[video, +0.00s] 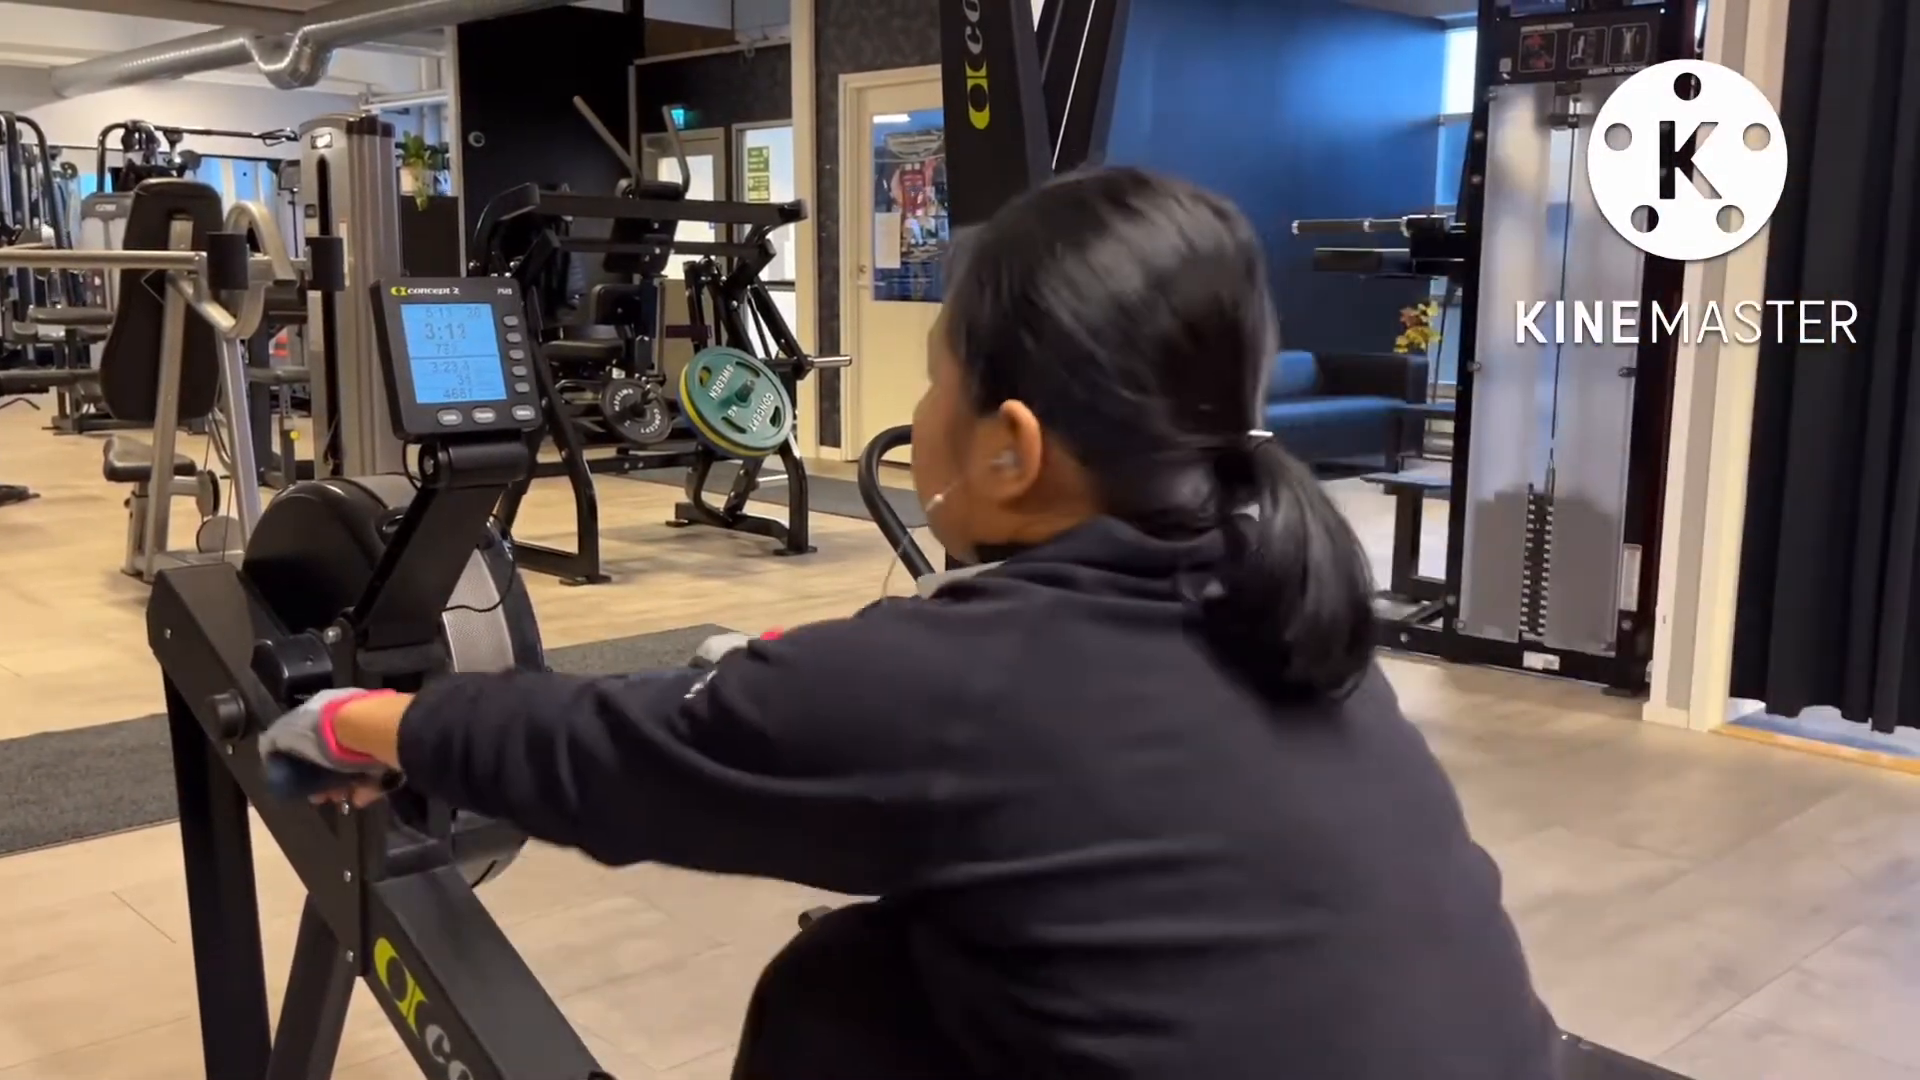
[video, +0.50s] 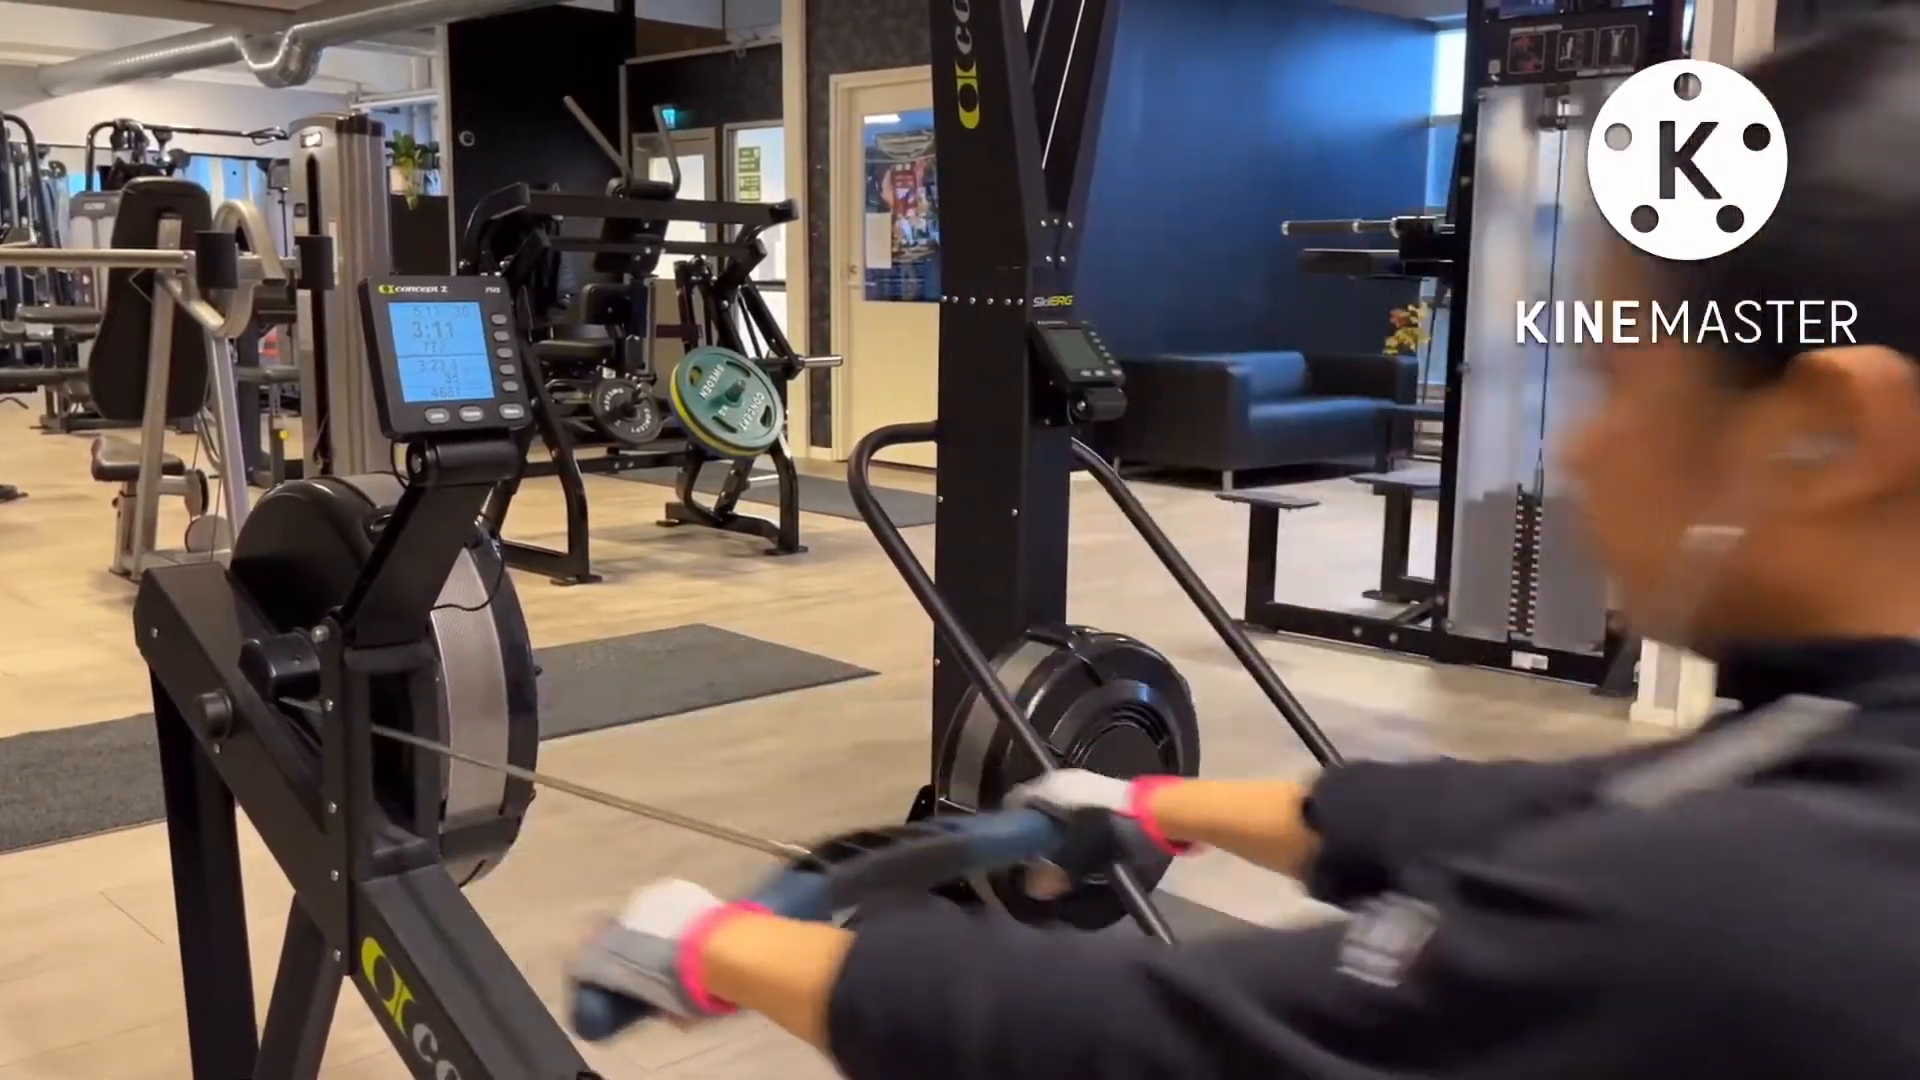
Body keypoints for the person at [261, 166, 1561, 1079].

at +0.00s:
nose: (916, 419)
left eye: (934, 383)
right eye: (930, 375)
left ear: (1018, 447)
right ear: (1210, 423)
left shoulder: (961, 674)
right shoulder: (1297, 594)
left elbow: (638, 744)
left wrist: (385, 725)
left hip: (1237, 1066)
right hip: (1490, 1048)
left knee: (831, 977)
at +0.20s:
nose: (1029, 434)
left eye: (1051, 396)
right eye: (1039, 392)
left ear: (1163, 445)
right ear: (1353, 413)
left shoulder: (1115, 723)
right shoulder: (1458, 603)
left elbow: (764, 807)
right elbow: (1242, 693)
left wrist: (496, 791)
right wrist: (975, 692)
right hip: (1639, 1047)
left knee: (926, 1022)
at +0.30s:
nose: (1172, 425)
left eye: (1199, 386)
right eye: (1185, 379)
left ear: (1338, 448)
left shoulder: (1250, 788)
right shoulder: (1650, 659)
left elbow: (875, 901)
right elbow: (1397, 751)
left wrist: (602, 866)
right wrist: (1112, 747)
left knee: (1001, 1046)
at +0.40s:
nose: (1354, 440)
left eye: (1383, 390)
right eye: (1364, 386)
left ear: (1560, 443)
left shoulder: (1454, 843)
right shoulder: (1839, 717)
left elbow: (1051, 965)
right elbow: (1474, 772)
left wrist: (702, 917)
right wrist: (1184, 778)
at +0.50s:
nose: (1570, 442)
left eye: (1618, 362)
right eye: (1593, 359)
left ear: (1837, 439)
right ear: (1837, 444)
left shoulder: (1715, 897)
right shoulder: (1848, 747)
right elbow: (1577, 814)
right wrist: (1180, 806)